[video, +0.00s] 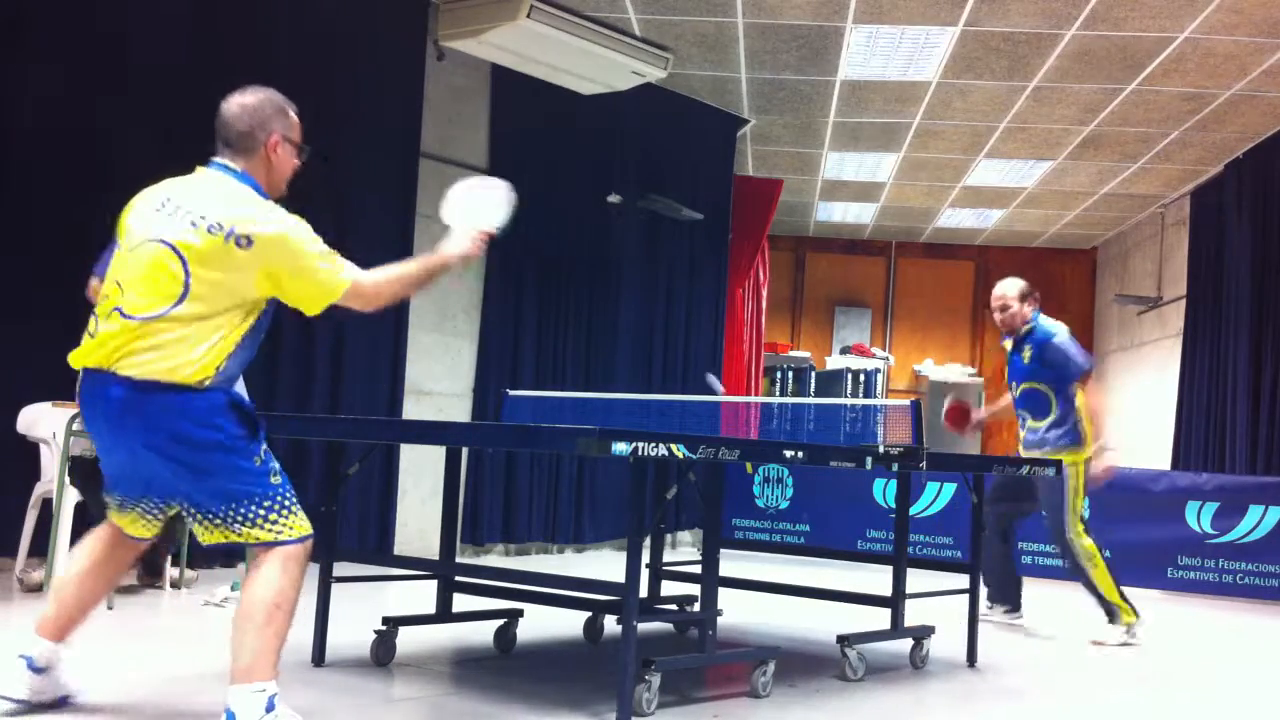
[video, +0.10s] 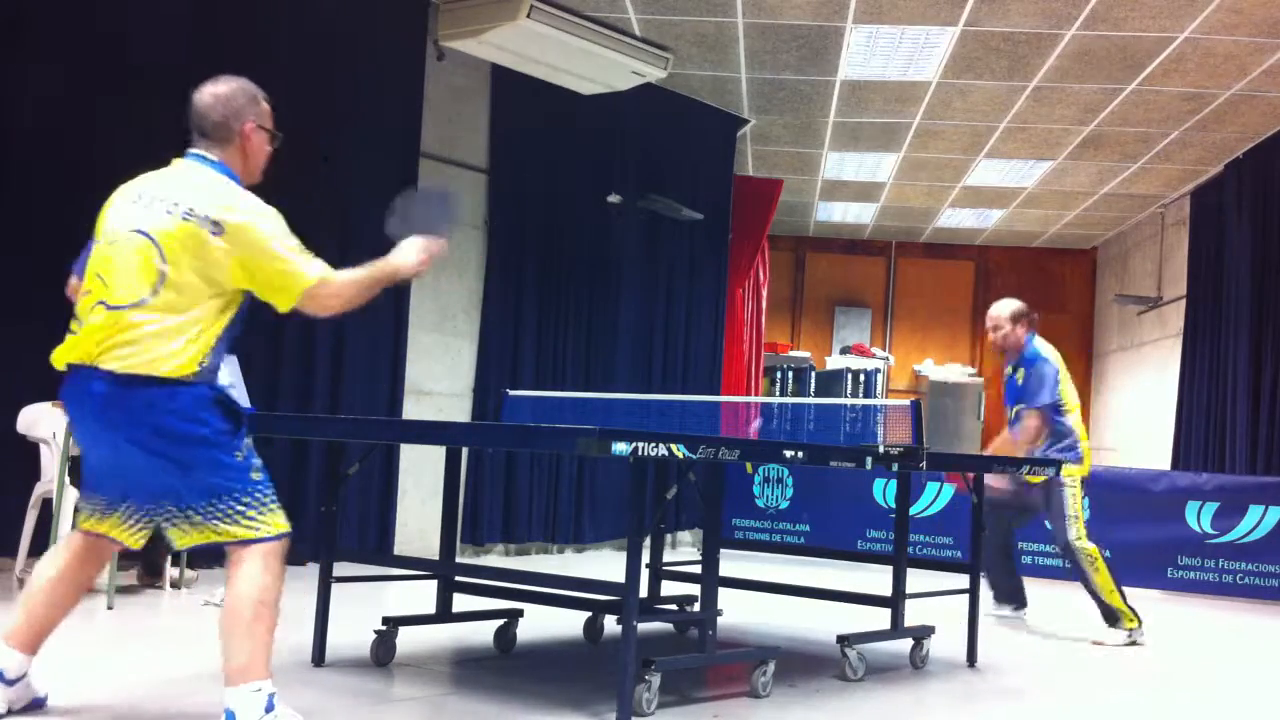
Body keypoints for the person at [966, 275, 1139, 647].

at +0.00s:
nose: (999, 316)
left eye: (1006, 308)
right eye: (994, 310)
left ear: (1030, 305)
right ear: (992, 312)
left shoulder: (1053, 337)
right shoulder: (1014, 344)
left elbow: (1090, 387)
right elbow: (1022, 393)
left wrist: (1100, 446)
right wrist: (983, 414)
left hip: (1063, 456)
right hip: (1030, 456)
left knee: (1069, 535)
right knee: (993, 512)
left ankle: (1125, 618)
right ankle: (1004, 603)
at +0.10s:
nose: (991, 337)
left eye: (997, 329)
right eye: (989, 330)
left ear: (1022, 327)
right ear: (1003, 331)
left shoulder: (1040, 361)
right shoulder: (1014, 363)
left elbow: (1031, 428)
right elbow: (1014, 425)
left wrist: (992, 464)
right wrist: (983, 460)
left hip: (1064, 464)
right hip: (1032, 464)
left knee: (1072, 541)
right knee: (991, 516)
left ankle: (1128, 624)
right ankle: (1009, 601)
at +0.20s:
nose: (965, 346)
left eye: (970, 338)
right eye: (964, 339)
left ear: (993, 336)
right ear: (991, 339)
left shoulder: (1007, 358)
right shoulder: (1003, 363)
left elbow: (982, 394)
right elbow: (1009, 430)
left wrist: (920, 395)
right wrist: (992, 468)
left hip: (1045, 462)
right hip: (1019, 464)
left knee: (1065, 539)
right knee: (997, 526)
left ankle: (1122, 620)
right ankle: (1033, 600)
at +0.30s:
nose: (932, 351)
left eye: (936, 344)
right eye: (931, 344)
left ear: (952, 343)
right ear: (961, 341)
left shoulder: (979, 358)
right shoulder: (966, 377)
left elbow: (946, 352)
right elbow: (975, 436)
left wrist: (909, 334)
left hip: (1016, 452)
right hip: (999, 458)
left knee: (1023, 528)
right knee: (1007, 536)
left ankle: (1089, 586)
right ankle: (1046, 603)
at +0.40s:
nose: (893, 359)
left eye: (896, 352)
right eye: (892, 352)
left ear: (910, 350)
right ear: (911, 351)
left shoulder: (928, 364)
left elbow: (944, 352)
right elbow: (927, 424)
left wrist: (946, 336)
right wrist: (902, 445)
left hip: (981, 445)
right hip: (1006, 444)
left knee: (949, 517)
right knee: (998, 525)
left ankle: (1017, 575)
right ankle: (1042, 593)